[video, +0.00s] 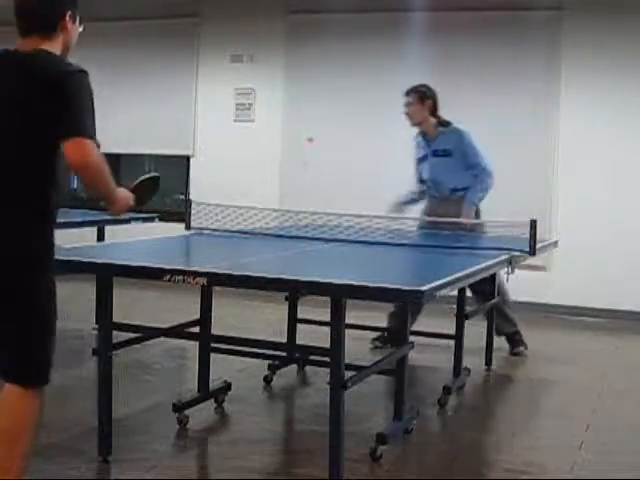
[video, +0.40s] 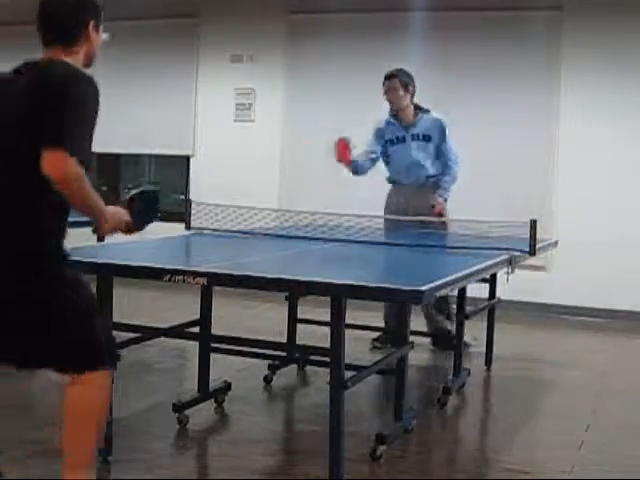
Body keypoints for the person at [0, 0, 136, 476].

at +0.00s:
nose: (78, 34)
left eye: (77, 25)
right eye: (78, 24)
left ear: (19, 23)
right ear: (67, 23)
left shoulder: (4, 65)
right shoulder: (65, 77)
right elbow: (80, 153)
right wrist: (114, 196)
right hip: (20, 244)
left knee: (17, 365)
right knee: (22, 373)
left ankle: (12, 465)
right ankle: (10, 471)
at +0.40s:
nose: (101, 40)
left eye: (101, 30)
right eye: (101, 30)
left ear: (44, 31)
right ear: (90, 32)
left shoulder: (12, 79)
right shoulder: (73, 84)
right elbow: (58, 164)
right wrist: (101, 213)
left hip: (7, 253)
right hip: (30, 259)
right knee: (94, 361)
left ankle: (80, 457)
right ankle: (79, 471)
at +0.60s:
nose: (134, 54)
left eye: (134, 44)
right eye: (133, 44)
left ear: (75, 45)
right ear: (118, 44)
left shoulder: (37, 105)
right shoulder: (103, 101)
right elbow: (98, 189)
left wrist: (135, 215)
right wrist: (153, 228)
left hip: (13, 275)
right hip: (69, 281)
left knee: (7, 386)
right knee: (130, 391)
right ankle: (105, 473)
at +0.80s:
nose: (173, 23)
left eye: (174, 13)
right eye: (171, 11)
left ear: (128, 9)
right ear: (146, 7)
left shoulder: (73, 63)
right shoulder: (116, 56)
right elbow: (95, 143)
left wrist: (162, 210)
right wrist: (167, 206)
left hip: (53, 242)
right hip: (93, 245)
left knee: (69, 359)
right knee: (138, 378)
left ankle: (34, 458)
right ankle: (121, 473)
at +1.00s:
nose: (208, 42)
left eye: (210, 29)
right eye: (205, 26)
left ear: (170, 22)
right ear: (172, 20)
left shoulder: (142, 90)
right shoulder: (129, 90)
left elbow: (117, 187)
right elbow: (96, 183)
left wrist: (166, 207)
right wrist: (120, 270)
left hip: (96, 274)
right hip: (98, 275)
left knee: (108, 377)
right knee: (197, 389)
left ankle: (70, 469)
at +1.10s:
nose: (243, 30)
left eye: (245, 17)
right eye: (238, 14)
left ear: (201, 12)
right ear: (200, 9)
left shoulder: (168, 76)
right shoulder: (158, 76)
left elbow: (144, 185)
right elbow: (113, 178)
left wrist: (167, 272)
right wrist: (134, 270)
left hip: (106, 268)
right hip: (130, 270)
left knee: (114, 370)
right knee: (213, 404)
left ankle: (77, 464)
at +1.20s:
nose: (275, 47)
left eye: (277, 34)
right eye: (270, 29)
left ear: (230, 21)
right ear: (229, 18)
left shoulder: (197, 95)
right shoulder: (178, 92)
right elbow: (143, 200)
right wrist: (190, 300)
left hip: (140, 287)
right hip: (146, 293)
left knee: (135, 386)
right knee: (223, 451)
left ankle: (73, 464)